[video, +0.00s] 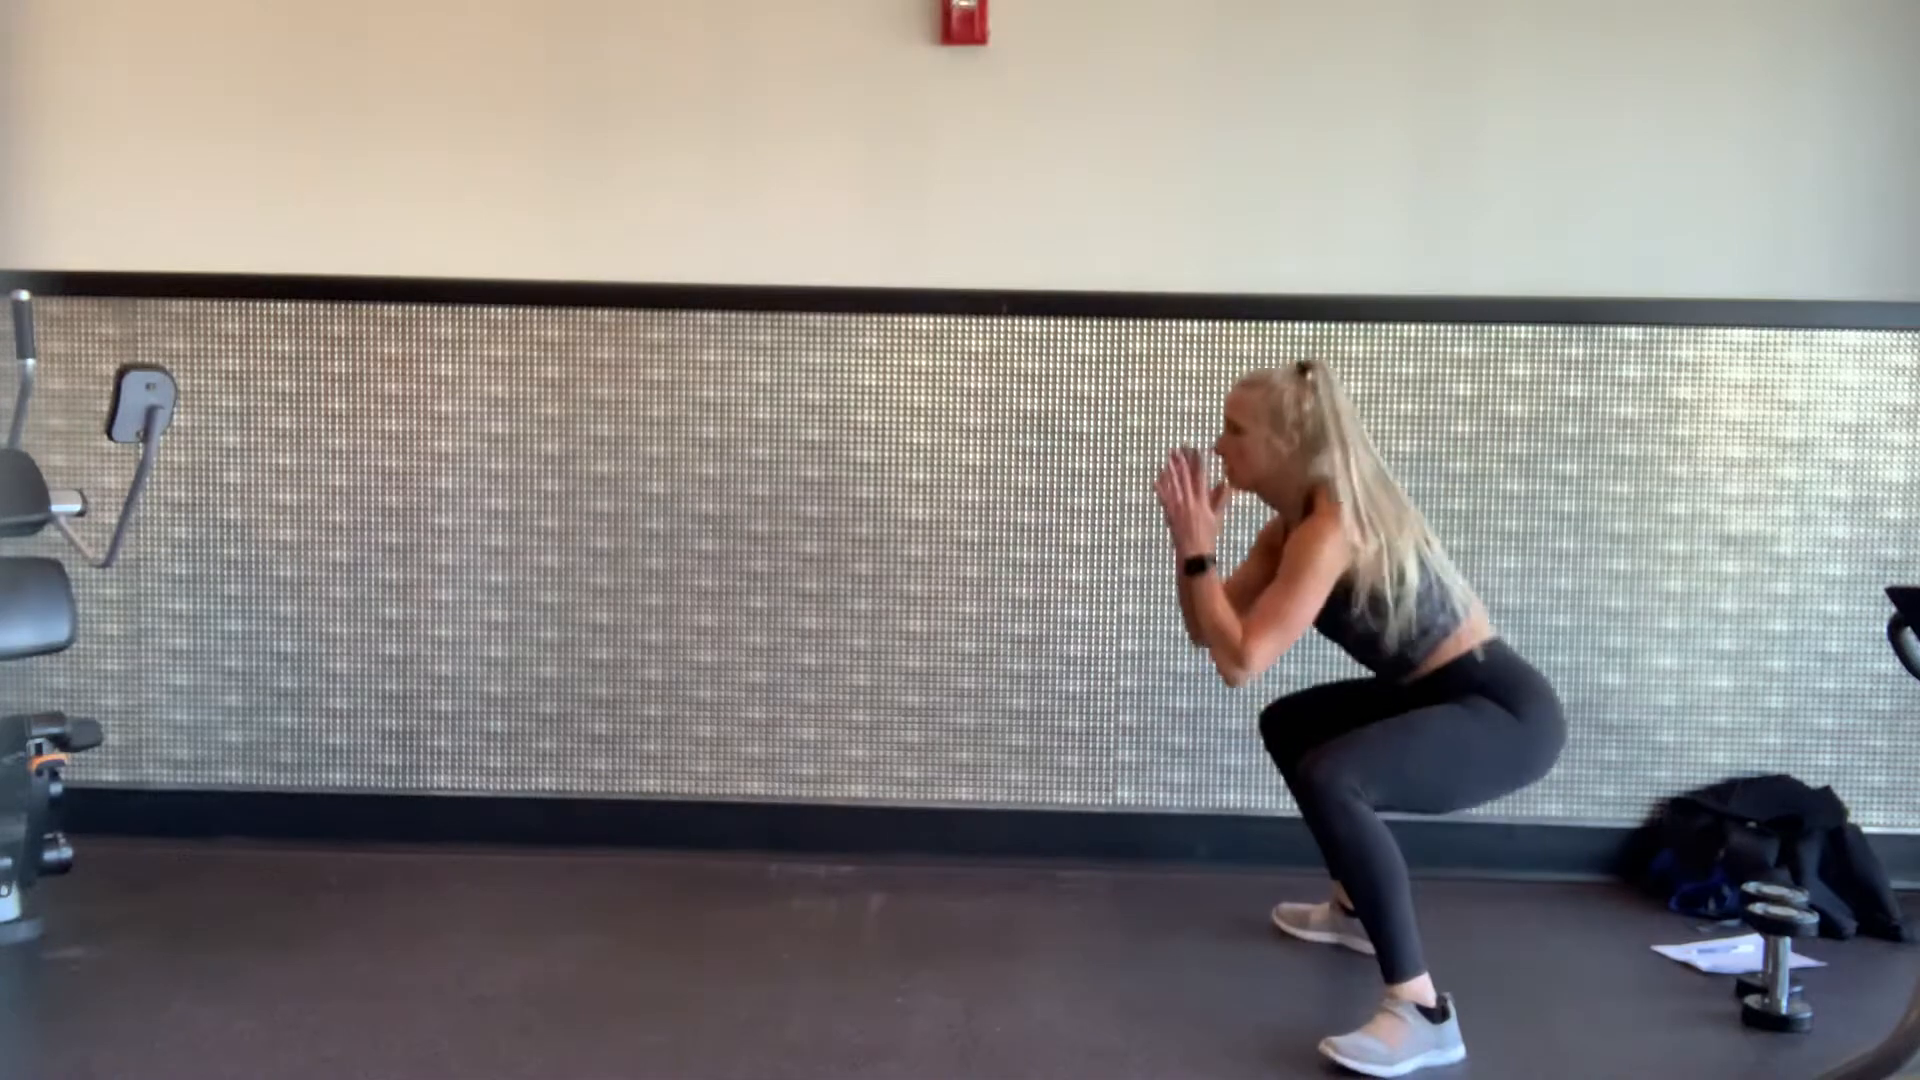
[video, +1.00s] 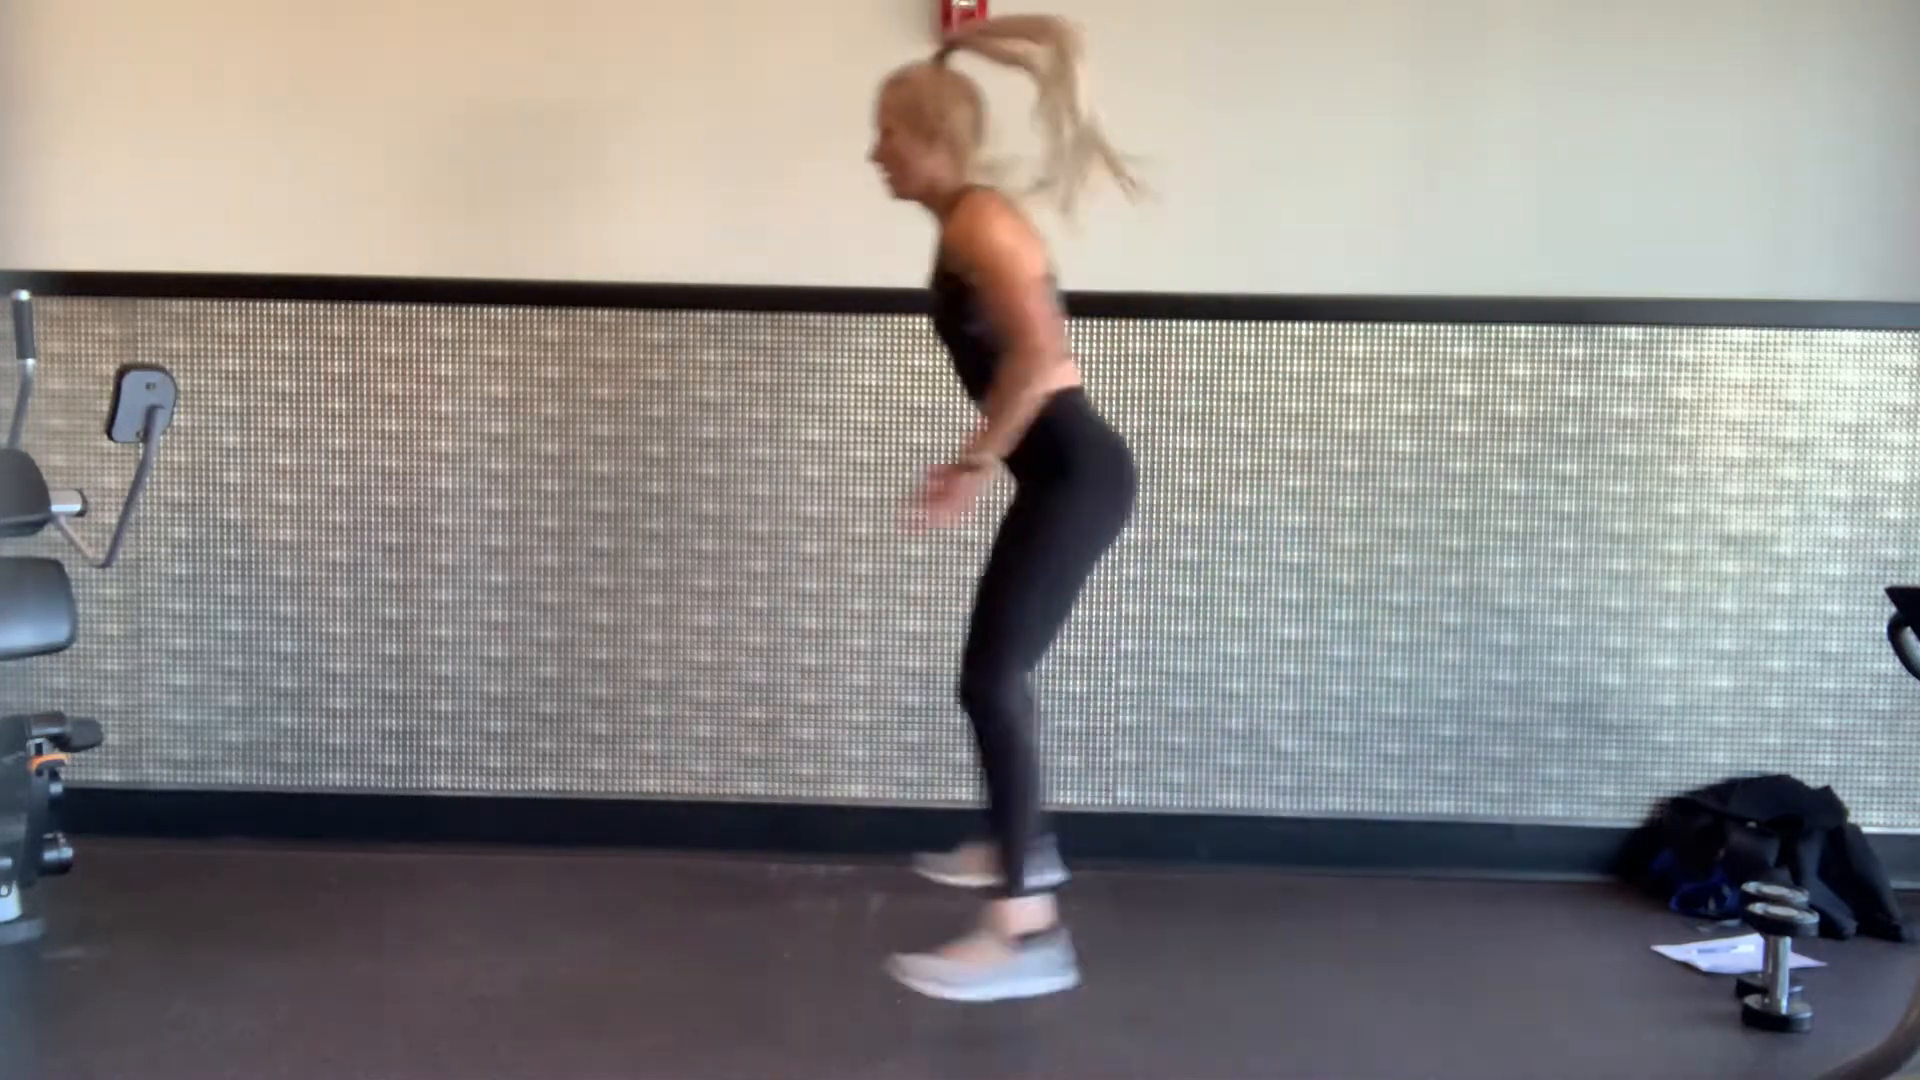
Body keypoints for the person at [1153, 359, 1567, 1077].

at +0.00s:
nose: (1221, 443)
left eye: (1235, 430)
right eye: (1225, 428)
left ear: (1282, 445)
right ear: (1281, 446)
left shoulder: (1330, 525)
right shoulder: (1292, 526)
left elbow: (1238, 659)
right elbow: (1217, 631)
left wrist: (1196, 551)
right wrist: (1192, 548)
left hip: (1505, 712)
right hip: (1441, 694)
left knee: (1334, 777)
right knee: (1288, 728)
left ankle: (1422, 1008)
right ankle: (1356, 911)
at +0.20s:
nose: (1206, 404)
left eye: (1220, 390)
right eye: (1210, 388)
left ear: (1272, 404)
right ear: (1276, 406)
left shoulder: (1316, 487)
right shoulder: (1279, 484)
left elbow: (1206, 609)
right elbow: (1184, 583)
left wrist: (1168, 498)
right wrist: (1160, 492)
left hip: (1492, 680)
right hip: (1433, 665)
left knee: (1331, 775)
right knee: (1289, 722)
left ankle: (1421, 1007)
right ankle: (1359, 907)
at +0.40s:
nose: (1168, 408)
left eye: (1181, 394)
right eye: (1171, 392)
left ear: (1230, 407)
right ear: (1232, 409)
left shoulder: (1277, 488)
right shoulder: (1242, 485)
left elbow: (1148, 593)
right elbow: (1142, 566)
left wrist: (1063, 509)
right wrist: (1062, 508)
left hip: (1469, 669)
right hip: (1412, 658)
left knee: (1321, 782)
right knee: (1274, 727)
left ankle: (1419, 1007)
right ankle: (1357, 906)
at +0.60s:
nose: (1104, 397)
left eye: (1115, 380)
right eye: (1106, 380)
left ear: (1166, 383)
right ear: (1165, 384)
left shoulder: (1221, 465)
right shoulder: (1188, 471)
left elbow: (1204, 614)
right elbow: (1161, 596)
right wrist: (1086, 693)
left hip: (1400, 651)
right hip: (1347, 649)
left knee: (1269, 811)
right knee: (1232, 747)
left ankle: (1414, 1008)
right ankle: (1350, 906)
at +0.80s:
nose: (1020, 221)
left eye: (1032, 204)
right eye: (1020, 204)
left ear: (1080, 203)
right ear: (1080, 207)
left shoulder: (1123, 278)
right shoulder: (1103, 284)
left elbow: (1263, 294)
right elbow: (1237, 322)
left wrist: (1331, 417)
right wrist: (1283, 424)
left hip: (1199, 538)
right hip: (1173, 539)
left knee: (1203, 772)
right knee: (1192, 747)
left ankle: (1376, 964)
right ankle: (1323, 866)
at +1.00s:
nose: (876, 155)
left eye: (888, 139)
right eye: (877, 139)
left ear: (936, 145)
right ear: (937, 143)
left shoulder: (985, 226)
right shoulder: (962, 227)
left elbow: (1046, 362)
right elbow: (1033, 361)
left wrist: (972, 467)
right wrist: (986, 455)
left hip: (1077, 471)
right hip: (1055, 471)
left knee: (994, 679)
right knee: (992, 670)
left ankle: (1026, 918)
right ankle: (1011, 845)